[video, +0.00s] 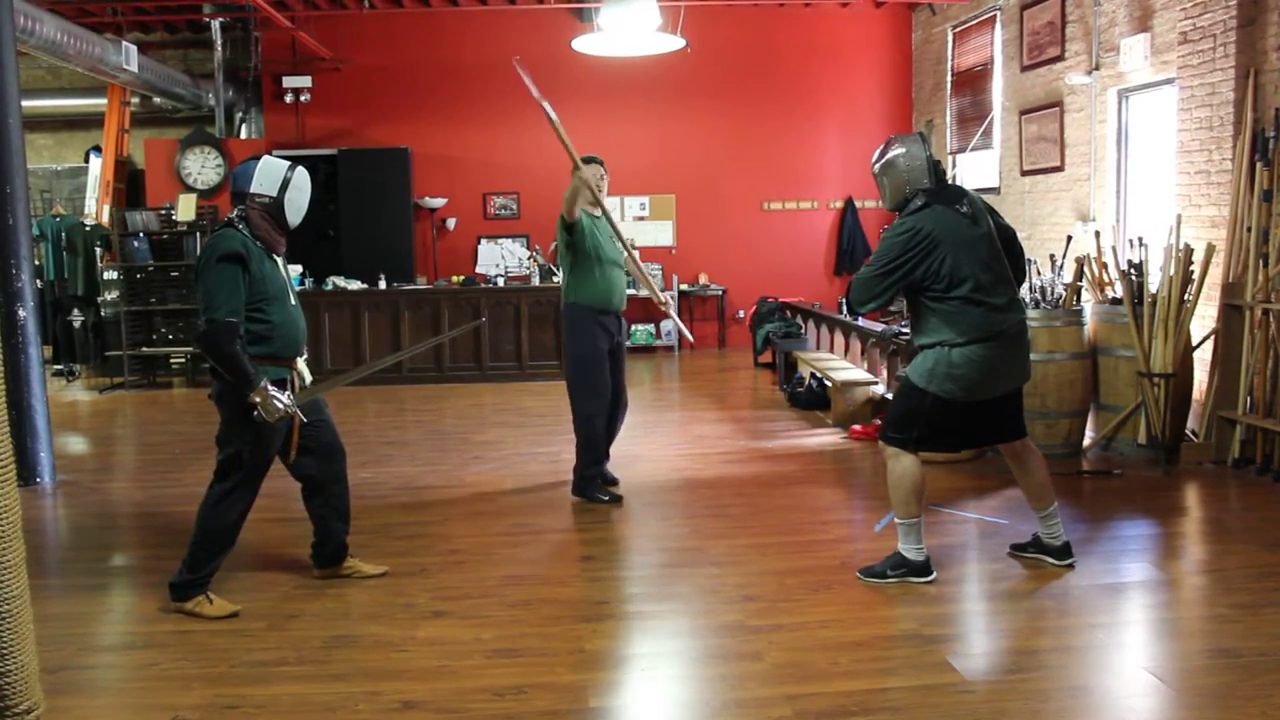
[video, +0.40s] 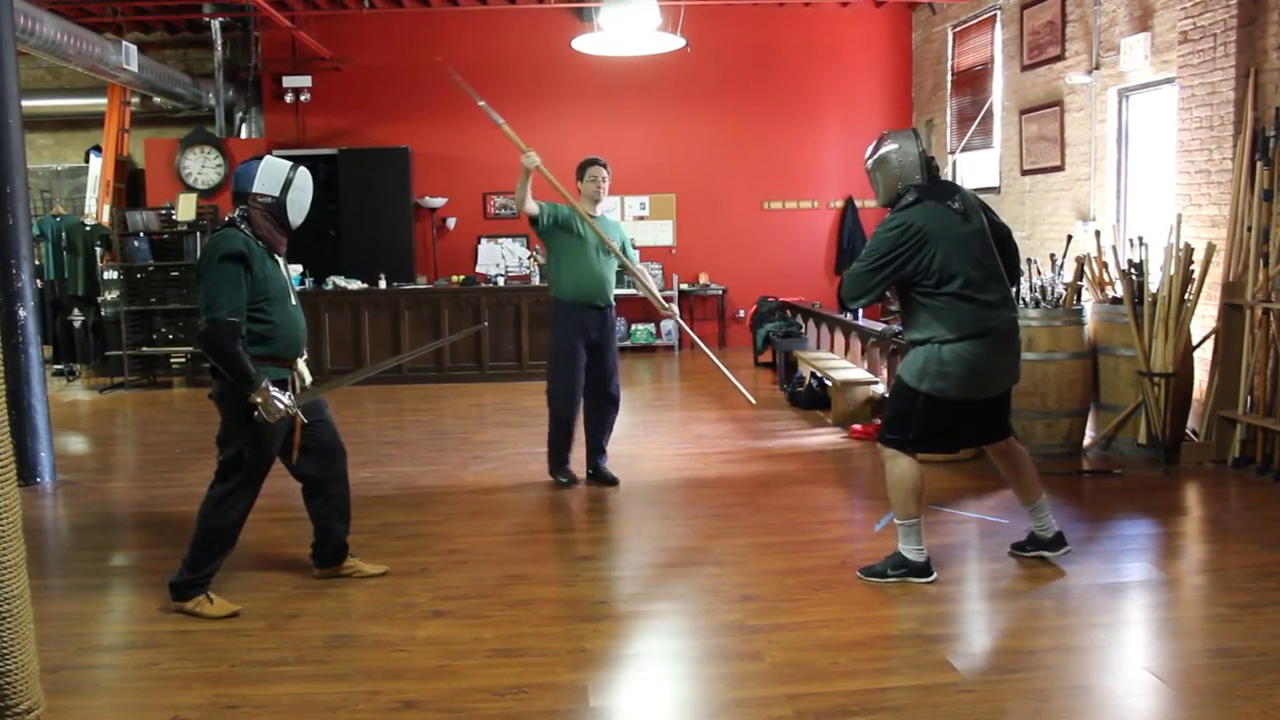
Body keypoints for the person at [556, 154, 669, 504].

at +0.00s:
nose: (600, 179)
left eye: (604, 175)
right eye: (593, 173)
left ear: (607, 184)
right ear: (579, 182)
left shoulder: (608, 226)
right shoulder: (574, 223)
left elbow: (624, 266)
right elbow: (570, 211)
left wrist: (652, 291)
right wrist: (576, 183)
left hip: (612, 319)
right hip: (584, 318)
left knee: (615, 400)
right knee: (592, 399)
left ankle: (597, 466)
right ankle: (585, 481)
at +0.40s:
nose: (600, 184)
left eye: (605, 180)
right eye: (594, 179)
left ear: (608, 188)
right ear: (579, 184)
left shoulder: (615, 229)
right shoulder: (561, 215)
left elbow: (636, 270)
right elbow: (524, 205)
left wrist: (659, 301)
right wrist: (526, 171)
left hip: (604, 317)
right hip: (568, 315)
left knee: (605, 393)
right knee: (565, 393)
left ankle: (597, 463)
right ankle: (559, 465)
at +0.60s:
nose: (590, 185)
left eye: (594, 181)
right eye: (584, 180)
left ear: (600, 190)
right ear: (570, 187)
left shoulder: (607, 232)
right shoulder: (550, 221)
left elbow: (626, 273)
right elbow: (514, 227)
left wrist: (653, 309)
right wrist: (501, 203)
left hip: (598, 318)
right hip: (561, 316)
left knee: (602, 391)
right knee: (555, 386)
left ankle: (597, 463)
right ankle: (544, 436)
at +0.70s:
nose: (584, 188)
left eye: (588, 184)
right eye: (577, 184)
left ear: (594, 192)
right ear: (564, 190)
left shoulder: (603, 234)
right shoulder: (546, 224)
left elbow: (624, 276)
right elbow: (507, 244)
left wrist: (642, 312)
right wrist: (495, 230)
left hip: (592, 319)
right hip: (556, 316)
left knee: (598, 389)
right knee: (551, 385)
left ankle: (597, 462)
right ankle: (546, 442)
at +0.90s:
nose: (570, 191)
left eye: (574, 187)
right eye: (563, 187)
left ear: (581, 194)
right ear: (552, 195)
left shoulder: (594, 236)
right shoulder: (536, 233)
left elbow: (614, 278)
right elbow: (502, 262)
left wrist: (631, 319)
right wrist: (484, 277)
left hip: (580, 321)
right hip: (543, 320)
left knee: (588, 385)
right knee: (546, 387)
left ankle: (592, 456)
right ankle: (549, 448)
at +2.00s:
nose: (554, 187)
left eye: (558, 182)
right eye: (548, 183)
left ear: (567, 185)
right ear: (541, 188)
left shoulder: (580, 225)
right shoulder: (528, 222)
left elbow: (602, 266)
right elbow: (501, 256)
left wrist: (618, 306)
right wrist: (472, 287)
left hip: (566, 298)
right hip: (531, 297)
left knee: (573, 363)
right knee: (520, 360)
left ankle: (571, 424)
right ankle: (502, 422)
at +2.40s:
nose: (538, 189)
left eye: (543, 184)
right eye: (533, 185)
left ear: (551, 189)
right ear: (526, 191)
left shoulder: (565, 224)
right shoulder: (515, 224)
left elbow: (589, 263)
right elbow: (490, 260)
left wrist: (609, 301)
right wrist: (465, 296)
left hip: (553, 298)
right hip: (521, 298)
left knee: (563, 359)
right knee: (518, 363)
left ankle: (586, 423)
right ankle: (518, 422)